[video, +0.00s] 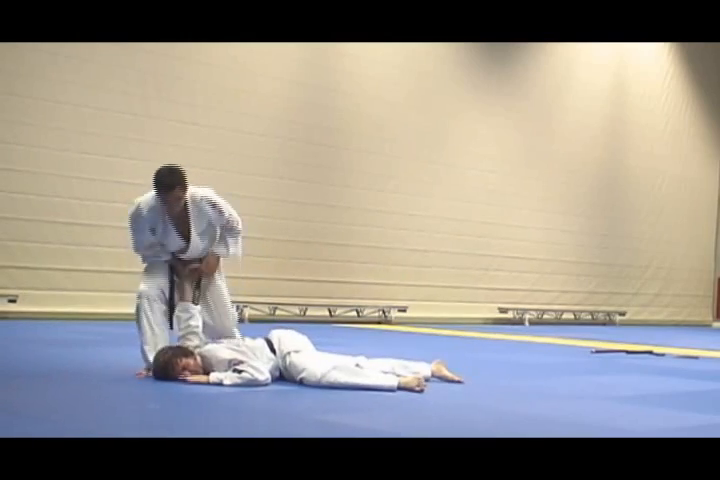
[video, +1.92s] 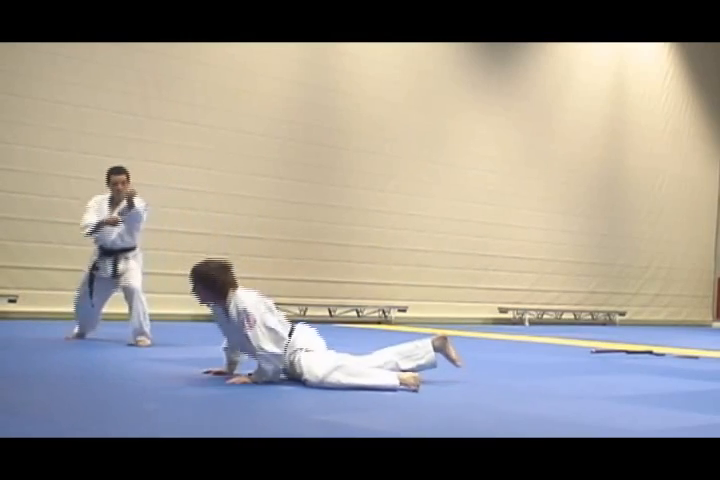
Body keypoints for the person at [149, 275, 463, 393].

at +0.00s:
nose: (188, 374)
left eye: (185, 368)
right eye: (181, 374)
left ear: (189, 357)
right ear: (180, 368)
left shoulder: (215, 353)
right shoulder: (201, 356)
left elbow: (259, 374)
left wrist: (214, 378)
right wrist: (159, 369)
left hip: (281, 348)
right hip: (281, 352)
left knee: (314, 373)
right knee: (353, 363)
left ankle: (397, 381)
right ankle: (428, 368)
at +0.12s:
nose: (188, 372)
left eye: (185, 366)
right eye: (180, 372)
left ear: (190, 357)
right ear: (175, 369)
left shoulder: (217, 356)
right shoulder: (190, 350)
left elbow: (258, 374)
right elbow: (186, 317)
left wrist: (210, 381)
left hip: (283, 348)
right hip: (283, 351)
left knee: (316, 373)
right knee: (350, 365)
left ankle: (400, 382)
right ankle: (424, 368)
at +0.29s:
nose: (188, 373)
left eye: (183, 368)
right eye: (180, 374)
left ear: (189, 355)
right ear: (181, 368)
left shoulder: (215, 354)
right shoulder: (202, 352)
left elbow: (260, 375)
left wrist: (214, 380)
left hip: (282, 348)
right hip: (281, 350)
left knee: (317, 374)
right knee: (353, 363)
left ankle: (397, 381)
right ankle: (427, 367)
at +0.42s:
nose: (187, 370)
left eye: (184, 365)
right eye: (181, 372)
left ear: (188, 355)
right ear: (180, 370)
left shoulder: (212, 352)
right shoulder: (198, 353)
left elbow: (259, 373)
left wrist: (213, 379)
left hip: (280, 347)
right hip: (280, 349)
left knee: (316, 373)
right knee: (351, 363)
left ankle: (399, 381)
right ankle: (427, 369)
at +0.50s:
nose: (189, 371)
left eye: (185, 366)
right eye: (182, 372)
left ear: (188, 354)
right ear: (182, 370)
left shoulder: (212, 351)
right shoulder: (204, 356)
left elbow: (259, 373)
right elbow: (235, 365)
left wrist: (213, 379)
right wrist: (207, 368)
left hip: (280, 346)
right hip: (281, 351)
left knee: (315, 373)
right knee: (351, 364)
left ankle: (399, 381)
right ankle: (427, 369)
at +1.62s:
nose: (177, 336)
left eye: (178, 331)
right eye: (175, 332)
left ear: (192, 327)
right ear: (192, 326)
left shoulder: (225, 335)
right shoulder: (210, 341)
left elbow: (274, 353)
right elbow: (246, 352)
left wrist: (256, 378)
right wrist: (231, 368)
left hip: (296, 357)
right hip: (291, 355)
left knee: (328, 376)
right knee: (359, 361)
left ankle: (398, 381)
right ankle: (436, 350)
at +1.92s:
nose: (194, 293)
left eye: (197, 288)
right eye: (193, 288)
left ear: (211, 287)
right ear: (211, 285)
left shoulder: (243, 306)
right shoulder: (219, 306)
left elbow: (271, 353)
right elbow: (232, 340)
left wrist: (257, 378)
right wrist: (229, 367)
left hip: (300, 343)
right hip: (288, 355)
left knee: (317, 377)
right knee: (357, 365)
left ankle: (398, 380)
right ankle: (432, 347)